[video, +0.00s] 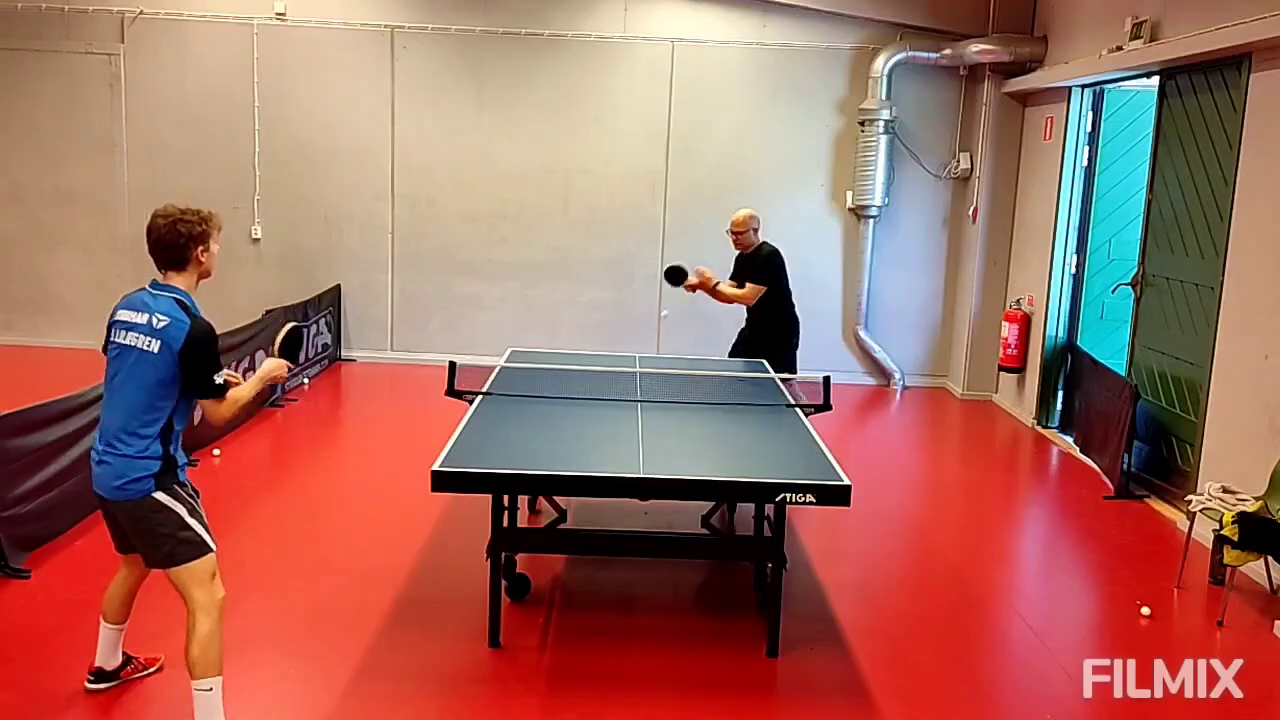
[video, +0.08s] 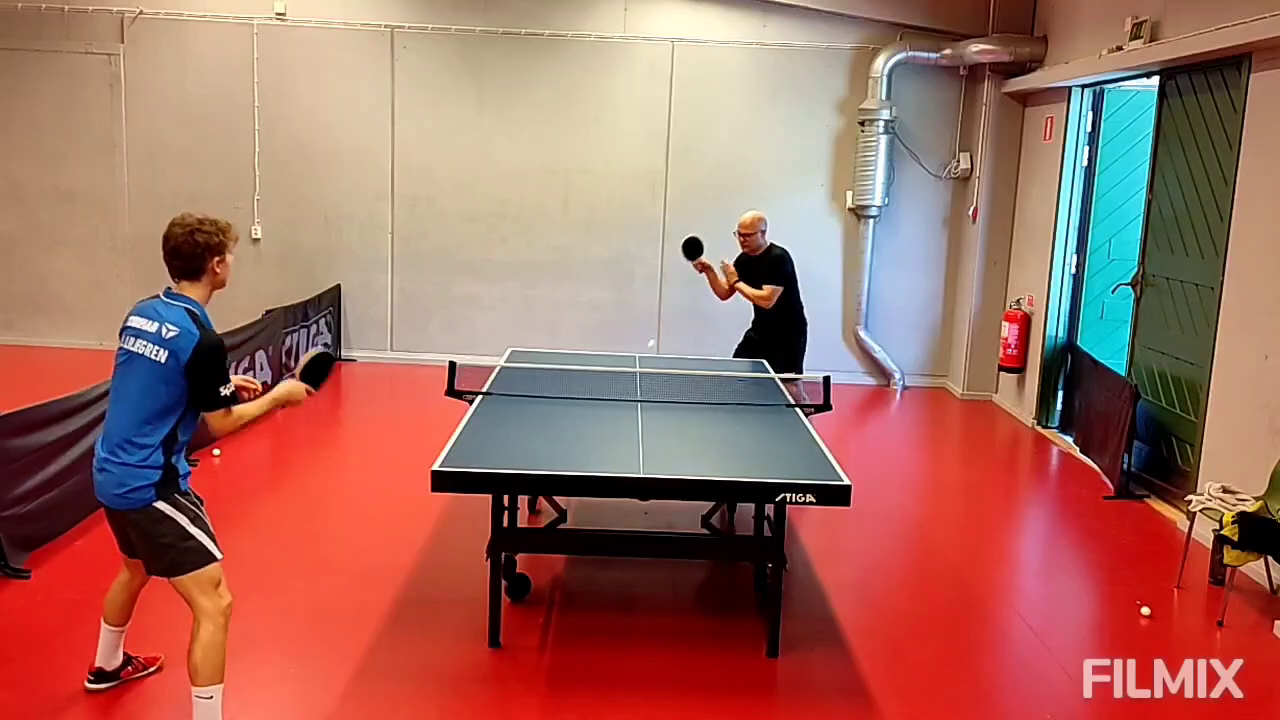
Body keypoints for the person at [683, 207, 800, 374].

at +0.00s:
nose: (734, 239)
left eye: (740, 234)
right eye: (732, 234)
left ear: (755, 231)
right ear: (729, 233)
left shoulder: (768, 256)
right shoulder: (742, 258)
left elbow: (749, 297)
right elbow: (731, 295)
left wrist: (714, 284)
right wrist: (703, 286)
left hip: (779, 330)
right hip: (755, 327)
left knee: (782, 384)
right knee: (732, 373)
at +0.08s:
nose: (742, 240)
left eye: (747, 236)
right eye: (739, 235)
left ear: (763, 234)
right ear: (736, 234)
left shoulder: (779, 258)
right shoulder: (743, 260)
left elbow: (767, 301)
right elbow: (724, 294)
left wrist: (736, 282)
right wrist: (709, 271)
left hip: (788, 330)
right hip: (762, 328)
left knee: (790, 385)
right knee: (736, 372)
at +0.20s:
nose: (756, 237)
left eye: (762, 232)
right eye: (753, 232)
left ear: (776, 231)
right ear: (748, 231)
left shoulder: (795, 255)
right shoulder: (749, 256)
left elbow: (805, 296)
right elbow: (723, 284)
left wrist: (766, 294)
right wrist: (721, 255)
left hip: (793, 330)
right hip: (762, 328)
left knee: (797, 386)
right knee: (740, 373)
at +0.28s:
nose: (763, 233)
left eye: (768, 229)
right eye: (759, 229)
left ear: (782, 229)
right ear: (754, 228)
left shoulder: (799, 254)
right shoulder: (750, 254)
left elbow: (814, 293)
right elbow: (726, 285)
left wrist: (778, 302)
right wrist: (724, 259)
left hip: (792, 332)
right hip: (759, 330)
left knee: (799, 386)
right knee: (737, 377)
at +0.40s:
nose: (768, 234)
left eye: (774, 229)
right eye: (764, 229)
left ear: (786, 230)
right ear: (759, 229)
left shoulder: (801, 257)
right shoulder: (748, 256)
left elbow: (819, 292)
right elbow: (726, 296)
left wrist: (802, 306)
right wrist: (728, 284)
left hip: (787, 334)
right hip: (751, 332)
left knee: (797, 389)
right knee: (731, 382)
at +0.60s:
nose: (759, 245)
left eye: (765, 241)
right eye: (755, 240)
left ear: (775, 244)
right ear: (749, 241)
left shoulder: (785, 269)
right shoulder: (734, 269)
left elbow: (797, 301)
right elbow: (712, 304)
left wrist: (800, 315)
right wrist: (723, 309)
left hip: (772, 344)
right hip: (734, 342)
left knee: (789, 390)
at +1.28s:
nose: (757, 269)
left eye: (763, 265)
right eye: (753, 263)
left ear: (772, 261)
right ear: (747, 254)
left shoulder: (779, 274)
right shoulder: (729, 272)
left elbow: (786, 304)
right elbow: (695, 301)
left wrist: (784, 331)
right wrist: (710, 300)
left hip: (762, 334)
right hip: (726, 334)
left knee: (787, 384)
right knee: (708, 381)